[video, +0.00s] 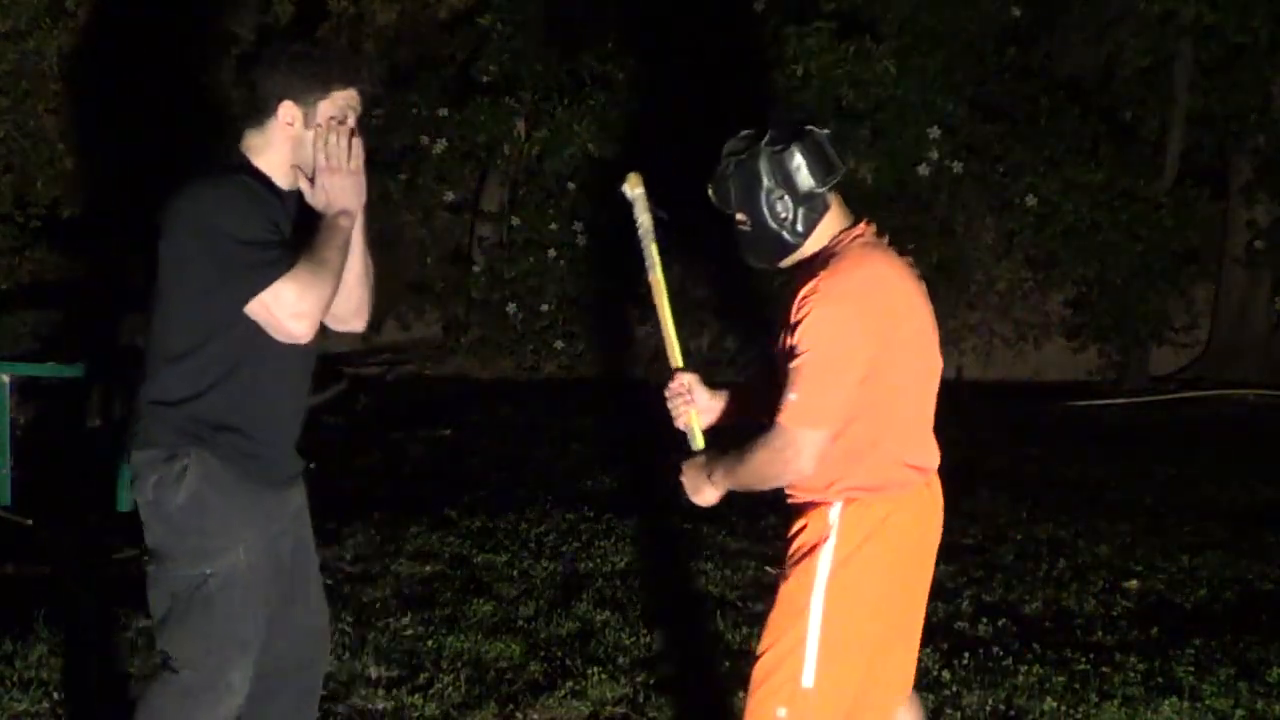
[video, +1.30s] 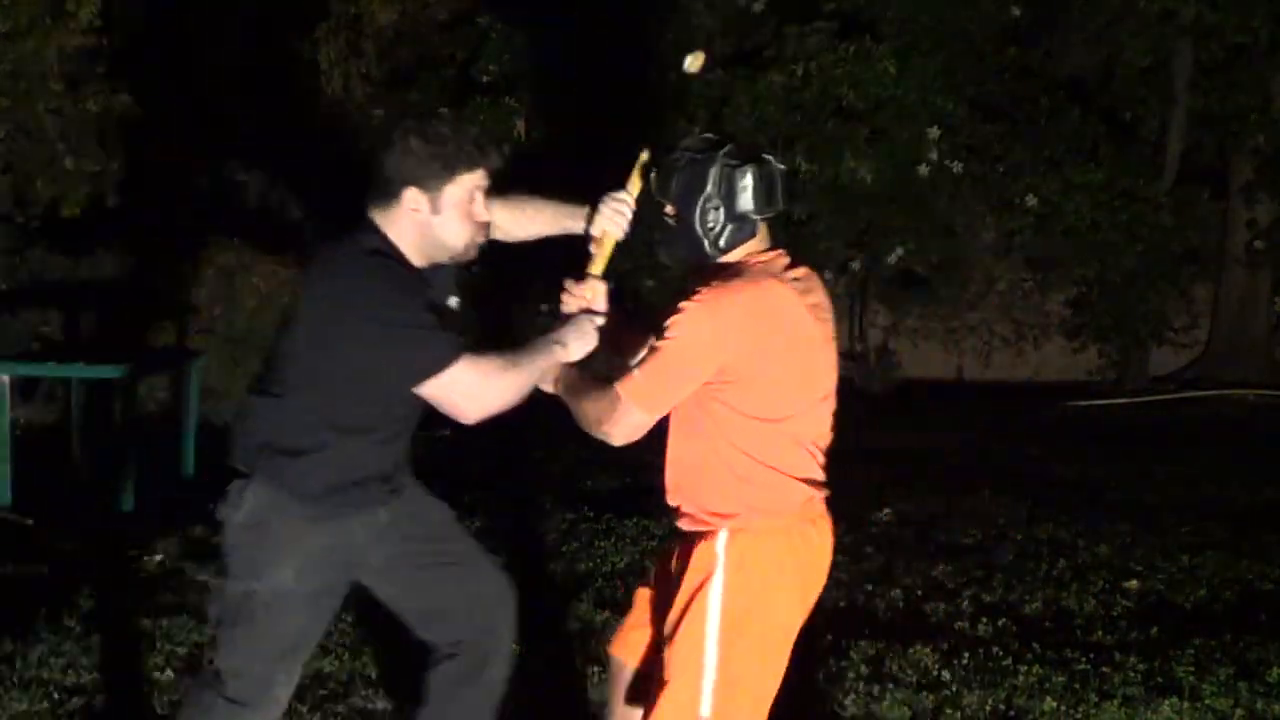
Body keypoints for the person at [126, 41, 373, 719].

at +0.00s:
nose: (349, 140)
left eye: (353, 123)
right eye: (338, 119)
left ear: (295, 124)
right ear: (290, 119)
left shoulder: (290, 212)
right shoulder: (217, 204)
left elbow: (351, 315)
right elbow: (295, 317)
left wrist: (352, 210)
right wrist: (337, 216)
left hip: (274, 476)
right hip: (198, 472)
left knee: (294, 665)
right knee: (211, 676)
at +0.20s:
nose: (304, 143)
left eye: (305, 125)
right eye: (294, 123)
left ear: (245, 124)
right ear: (246, 122)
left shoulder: (244, 219)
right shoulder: (183, 216)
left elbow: (311, 317)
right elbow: (271, 327)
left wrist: (312, 223)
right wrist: (308, 222)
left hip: (257, 500)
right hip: (174, 497)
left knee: (299, 654)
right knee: (118, 686)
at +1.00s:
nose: (304, 162)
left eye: (300, 142)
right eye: (288, 142)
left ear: (240, 152)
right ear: (234, 149)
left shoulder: (252, 247)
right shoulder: (163, 251)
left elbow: (311, 304)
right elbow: (221, 368)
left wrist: (359, 257)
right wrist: (302, 276)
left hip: (264, 506)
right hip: (172, 515)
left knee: (352, 626)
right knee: (136, 702)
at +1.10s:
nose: (357, 195)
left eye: (353, 175)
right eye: (341, 176)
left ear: (289, 189)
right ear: (285, 187)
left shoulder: (318, 263)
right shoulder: (217, 282)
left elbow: (380, 245)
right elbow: (287, 401)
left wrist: (462, 226)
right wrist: (370, 314)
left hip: (277, 521)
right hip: (181, 526)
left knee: (387, 621)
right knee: (140, 704)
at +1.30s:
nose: (485, 213)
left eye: (483, 196)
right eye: (472, 198)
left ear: (419, 204)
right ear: (416, 205)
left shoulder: (413, 250)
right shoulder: (364, 285)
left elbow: (493, 219)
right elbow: (473, 396)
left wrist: (588, 219)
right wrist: (562, 346)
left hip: (383, 500)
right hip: (290, 510)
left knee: (481, 619)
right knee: (247, 694)